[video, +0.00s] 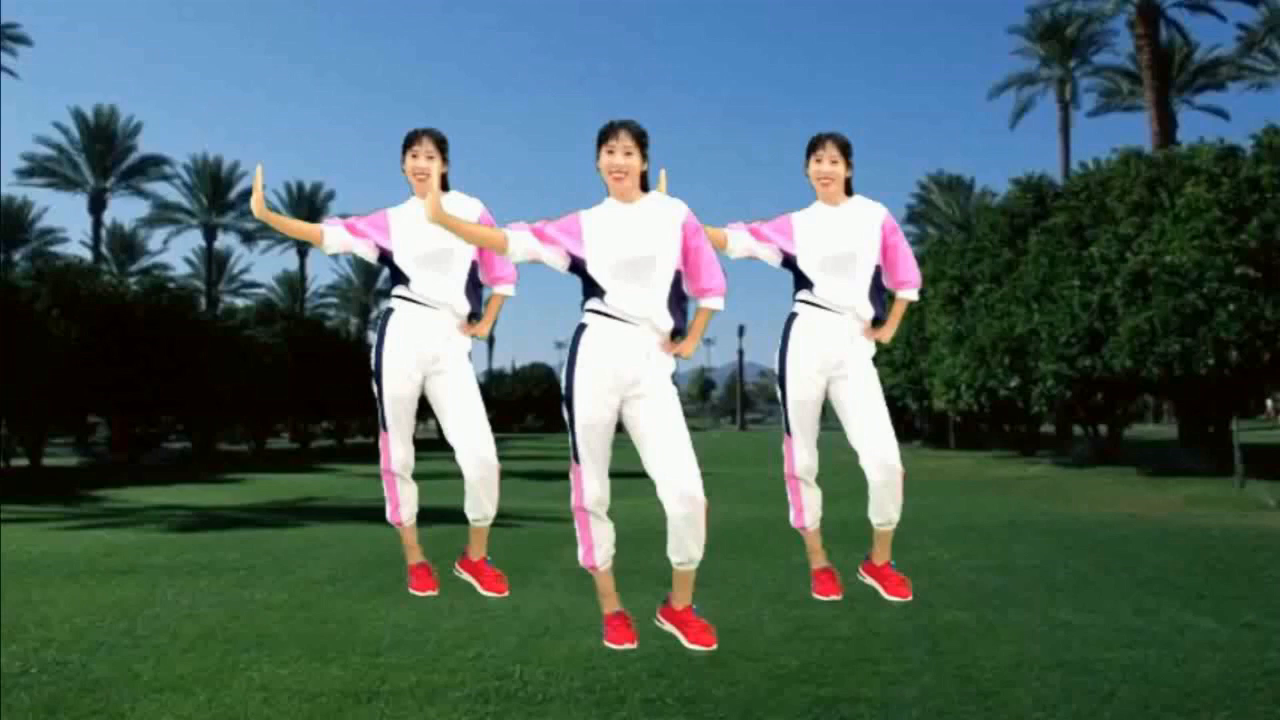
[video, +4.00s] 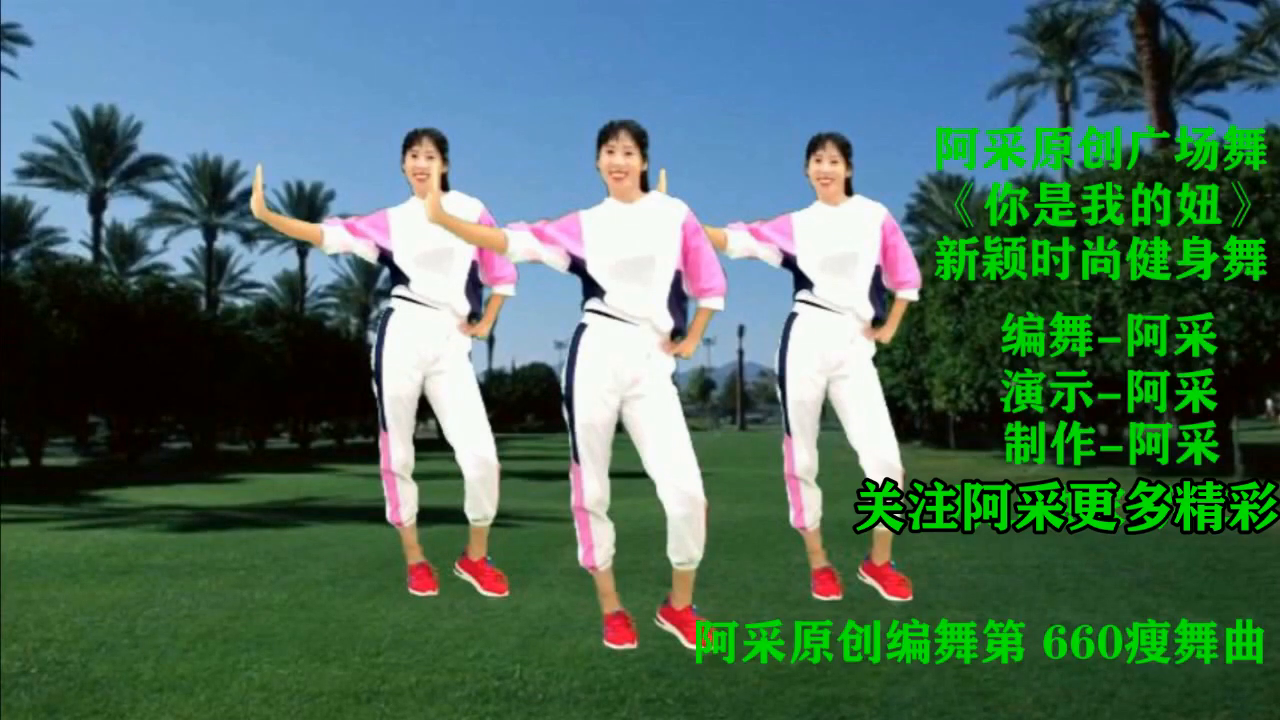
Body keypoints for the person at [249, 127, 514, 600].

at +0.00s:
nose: (420, 164)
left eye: (429, 157)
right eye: (413, 157)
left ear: (444, 165)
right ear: (404, 166)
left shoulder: (472, 211)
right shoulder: (393, 220)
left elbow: (503, 272)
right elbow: (327, 235)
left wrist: (485, 325)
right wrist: (265, 214)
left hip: (451, 335)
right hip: (401, 331)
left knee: (482, 457)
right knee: (399, 453)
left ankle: (476, 557)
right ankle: (415, 561)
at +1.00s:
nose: (420, 164)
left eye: (428, 157)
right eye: (412, 157)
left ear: (444, 165)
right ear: (404, 166)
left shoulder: (473, 211)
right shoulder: (393, 220)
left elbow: (503, 272)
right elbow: (327, 235)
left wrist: (485, 324)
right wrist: (266, 215)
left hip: (451, 334)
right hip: (401, 330)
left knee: (482, 456)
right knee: (399, 452)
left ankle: (476, 557)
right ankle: (415, 561)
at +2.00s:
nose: (420, 164)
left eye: (428, 157)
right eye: (412, 157)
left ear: (444, 165)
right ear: (404, 166)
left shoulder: (473, 211)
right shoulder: (393, 220)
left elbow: (503, 273)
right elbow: (327, 235)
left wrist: (484, 324)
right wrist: (265, 215)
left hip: (451, 335)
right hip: (401, 331)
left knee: (482, 456)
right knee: (399, 453)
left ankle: (476, 557)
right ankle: (415, 561)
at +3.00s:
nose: (420, 164)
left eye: (428, 157)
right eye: (413, 157)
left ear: (444, 165)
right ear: (403, 166)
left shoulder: (472, 211)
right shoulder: (393, 220)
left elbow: (503, 274)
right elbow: (326, 235)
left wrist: (484, 325)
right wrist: (265, 214)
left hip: (451, 335)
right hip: (401, 331)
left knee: (482, 457)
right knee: (399, 453)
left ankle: (476, 557)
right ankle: (415, 561)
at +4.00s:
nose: (420, 164)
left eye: (428, 157)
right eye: (412, 157)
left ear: (444, 165)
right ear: (404, 166)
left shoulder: (473, 211)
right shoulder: (393, 220)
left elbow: (503, 273)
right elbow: (327, 235)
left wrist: (484, 325)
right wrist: (265, 215)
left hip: (451, 335)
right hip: (401, 331)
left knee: (482, 457)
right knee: (399, 453)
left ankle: (476, 557)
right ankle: (415, 561)